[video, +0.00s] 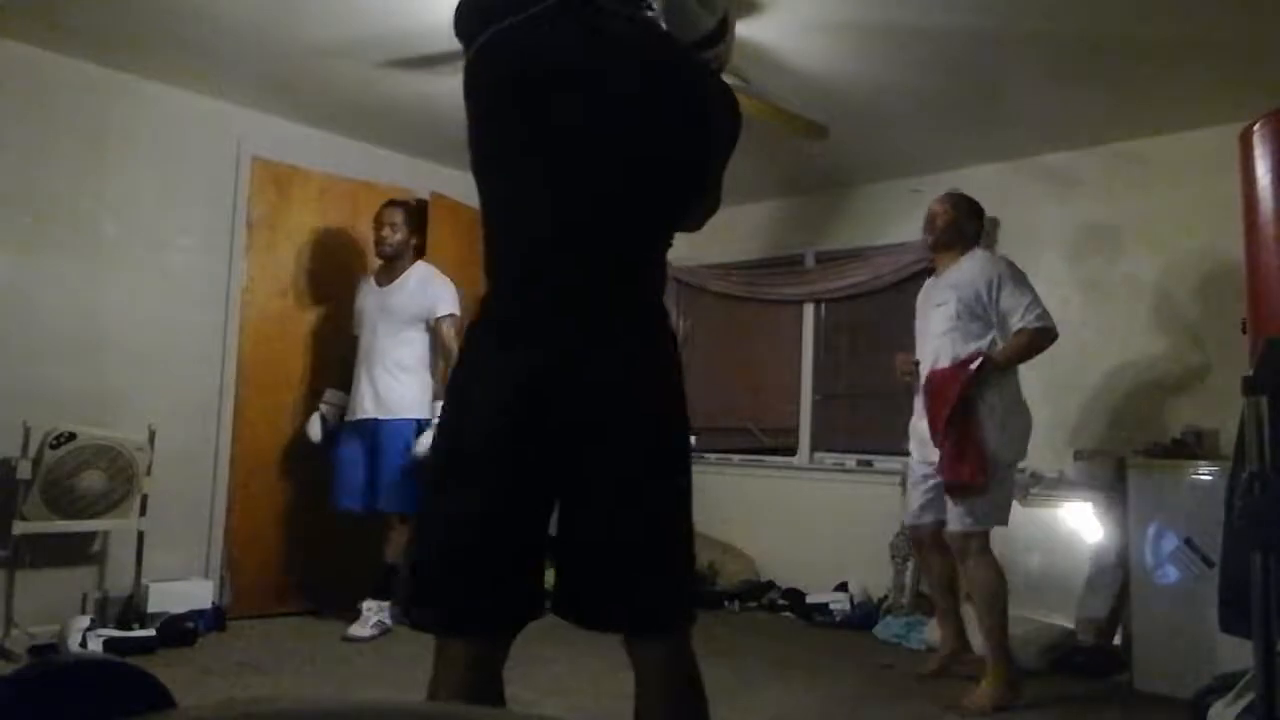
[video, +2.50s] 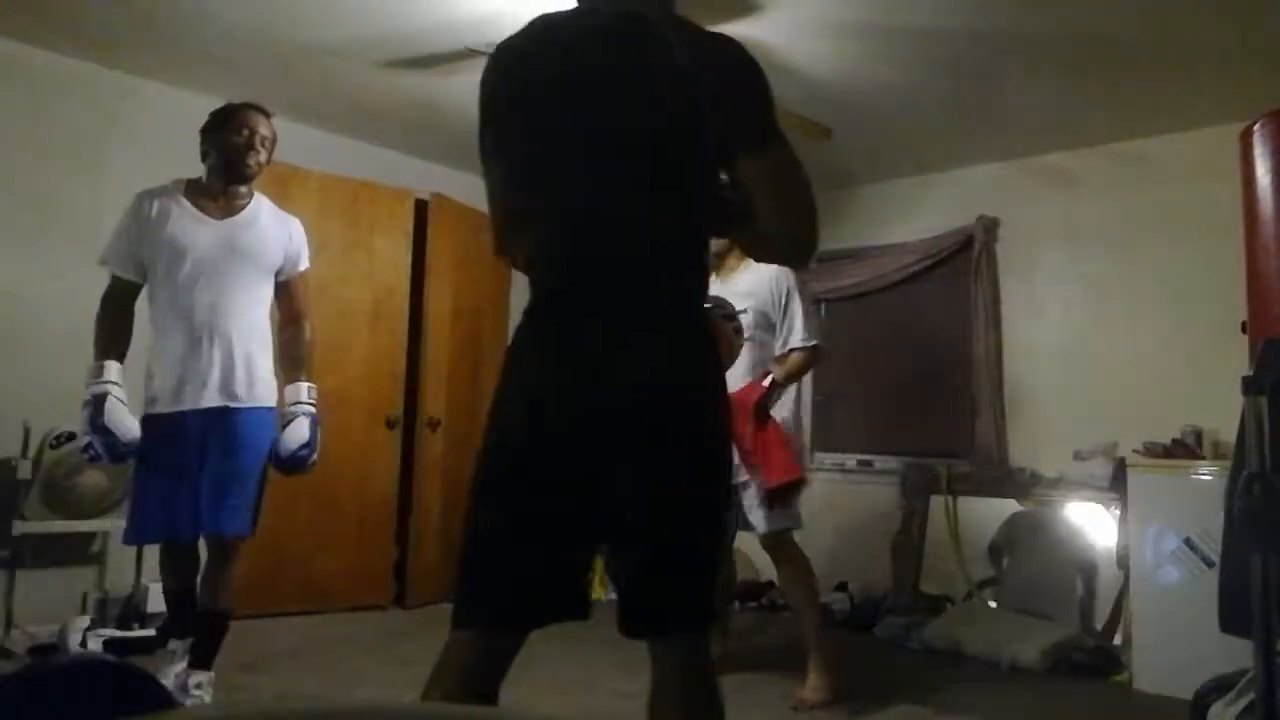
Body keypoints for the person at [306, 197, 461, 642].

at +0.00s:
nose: (384, 234)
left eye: (394, 228)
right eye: (379, 227)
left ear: (413, 236)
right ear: (373, 233)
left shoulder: (432, 284)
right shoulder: (366, 287)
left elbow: (450, 357)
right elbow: (358, 355)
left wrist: (439, 420)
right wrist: (331, 404)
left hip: (406, 416)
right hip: (364, 413)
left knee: (397, 513)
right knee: (379, 512)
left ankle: (382, 604)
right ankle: (397, 598)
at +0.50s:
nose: (316, 221)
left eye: (327, 214)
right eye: (311, 214)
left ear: (348, 223)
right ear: (306, 223)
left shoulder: (374, 272)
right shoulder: (303, 284)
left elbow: (395, 344)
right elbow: (301, 358)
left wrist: (375, 407)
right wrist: (280, 417)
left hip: (347, 414)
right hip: (300, 415)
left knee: (340, 514)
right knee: (294, 514)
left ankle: (368, 604)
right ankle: (295, 610)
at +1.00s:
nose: (283, 206)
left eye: (294, 200)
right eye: (276, 199)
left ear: (310, 212)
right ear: (264, 209)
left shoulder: (336, 268)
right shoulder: (245, 271)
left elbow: (364, 338)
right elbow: (226, 344)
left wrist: (370, 409)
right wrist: (201, 403)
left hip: (306, 407)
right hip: (253, 407)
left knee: (280, 513)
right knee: (268, 512)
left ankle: (247, 625)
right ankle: (292, 607)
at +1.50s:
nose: (264, 184)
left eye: (275, 179)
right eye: (256, 176)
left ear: (292, 193)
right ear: (240, 185)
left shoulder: (312, 251)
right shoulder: (213, 249)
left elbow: (332, 330)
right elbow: (195, 328)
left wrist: (316, 399)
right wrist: (170, 395)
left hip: (278, 408)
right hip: (212, 405)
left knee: (265, 522)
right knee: (200, 510)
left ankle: (242, 628)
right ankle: (209, 612)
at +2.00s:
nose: (225, 164)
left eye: (237, 157)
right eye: (215, 155)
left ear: (254, 172)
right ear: (198, 166)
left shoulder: (282, 238)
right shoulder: (170, 236)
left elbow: (311, 321)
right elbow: (142, 324)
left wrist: (322, 402)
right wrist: (117, 404)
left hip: (245, 401)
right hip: (173, 402)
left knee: (226, 518)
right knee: (177, 525)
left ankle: (229, 615)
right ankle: (181, 642)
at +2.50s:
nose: (255, 147)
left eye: (265, 143)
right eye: (243, 134)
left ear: (270, 158)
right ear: (207, 141)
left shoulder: (283, 230)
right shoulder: (155, 209)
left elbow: (295, 321)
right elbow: (118, 301)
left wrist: (301, 404)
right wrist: (105, 383)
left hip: (247, 403)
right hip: (171, 400)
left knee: (225, 541)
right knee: (175, 536)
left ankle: (200, 674)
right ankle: (186, 645)